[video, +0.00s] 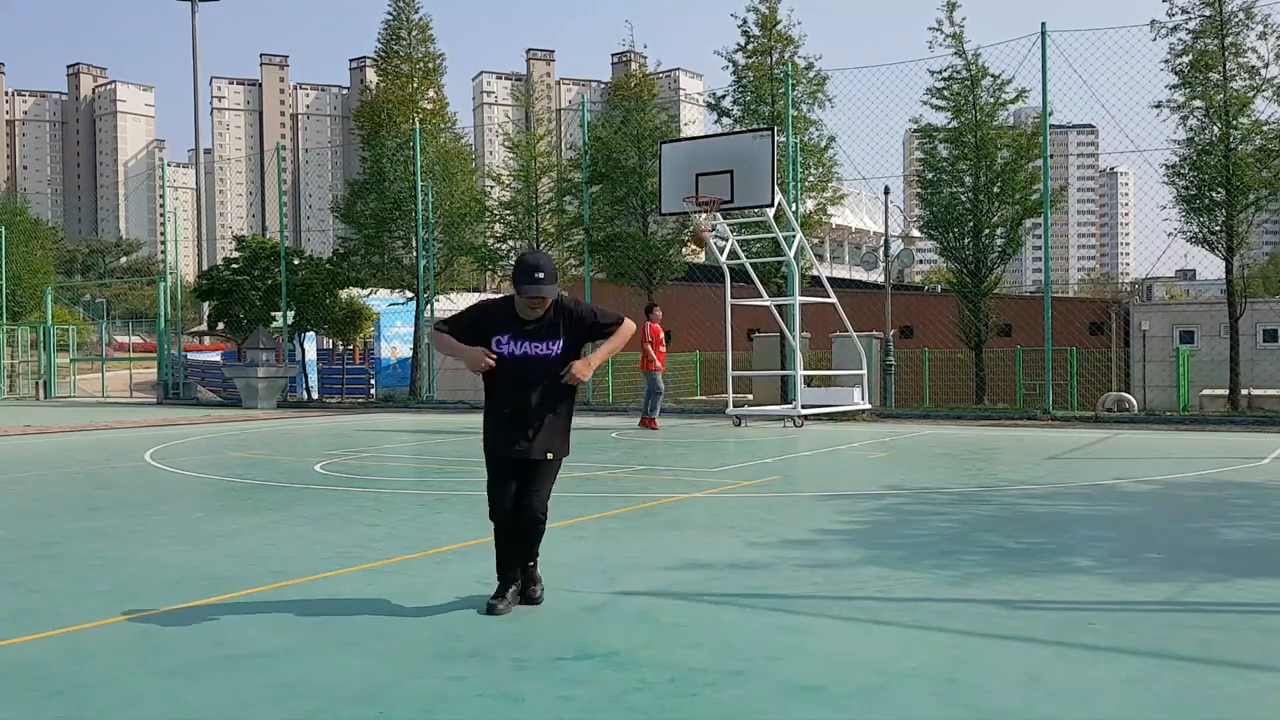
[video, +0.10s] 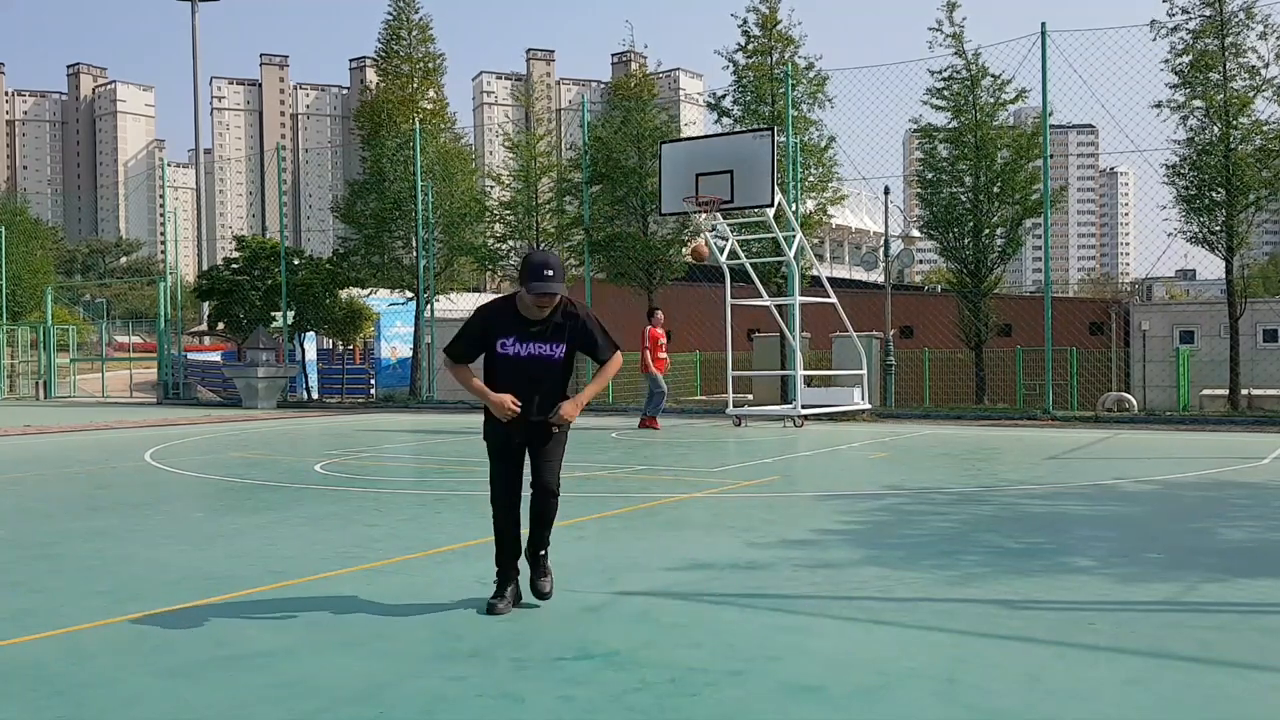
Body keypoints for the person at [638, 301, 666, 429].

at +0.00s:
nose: (660, 313)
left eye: (660, 311)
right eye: (656, 311)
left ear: (660, 313)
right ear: (650, 314)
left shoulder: (657, 327)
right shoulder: (648, 326)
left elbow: (657, 345)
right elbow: (646, 344)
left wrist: (661, 362)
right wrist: (655, 360)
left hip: (656, 365)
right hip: (650, 365)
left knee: (651, 391)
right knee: (659, 389)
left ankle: (646, 417)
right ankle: (651, 417)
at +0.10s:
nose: (661, 317)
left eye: (662, 314)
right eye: (658, 315)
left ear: (663, 317)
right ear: (652, 318)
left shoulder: (662, 331)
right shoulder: (648, 330)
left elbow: (662, 348)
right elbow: (646, 349)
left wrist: (667, 358)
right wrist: (651, 366)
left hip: (660, 367)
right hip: (651, 367)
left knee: (652, 392)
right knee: (661, 389)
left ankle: (645, 417)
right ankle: (651, 416)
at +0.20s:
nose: (662, 316)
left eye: (663, 314)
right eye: (659, 314)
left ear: (665, 316)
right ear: (653, 316)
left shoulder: (664, 329)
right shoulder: (648, 329)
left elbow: (667, 347)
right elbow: (645, 347)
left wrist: (672, 360)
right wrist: (645, 365)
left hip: (662, 365)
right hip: (653, 365)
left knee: (653, 391)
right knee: (661, 388)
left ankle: (645, 417)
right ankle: (656, 417)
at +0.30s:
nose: (664, 315)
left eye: (665, 313)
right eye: (661, 313)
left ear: (667, 315)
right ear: (654, 316)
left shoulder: (667, 328)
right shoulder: (648, 328)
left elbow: (671, 345)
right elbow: (643, 347)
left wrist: (674, 357)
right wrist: (640, 364)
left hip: (664, 363)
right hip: (653, 363)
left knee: (654, 390)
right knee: (660, 389)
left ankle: (647, 416)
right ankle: (660, 418)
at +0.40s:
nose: (665, 316)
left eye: (667, 314)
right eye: (663, 314)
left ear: (668, 316)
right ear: (656, 317)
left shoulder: (671, 330)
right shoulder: (650, 330)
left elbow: (675, 344)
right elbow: (643, 347)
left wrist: (675, 352)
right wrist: (640, 362)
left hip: (667, 366)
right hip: (654, 366)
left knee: (656, 393)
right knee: (660, 393)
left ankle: (647, 416)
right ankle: (662, 420)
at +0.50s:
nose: (667, 317)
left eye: (668, 314)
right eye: (664, 315)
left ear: (670, 316)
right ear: (657, 317)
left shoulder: (674, 331)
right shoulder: (650, 330)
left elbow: (677, 346)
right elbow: (646, 347)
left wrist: (675, 355)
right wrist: (652, 357)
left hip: (669, 366)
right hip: (656, 366)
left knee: (666, 394)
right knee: (661, 395)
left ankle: (651, 414)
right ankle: (663, 420)